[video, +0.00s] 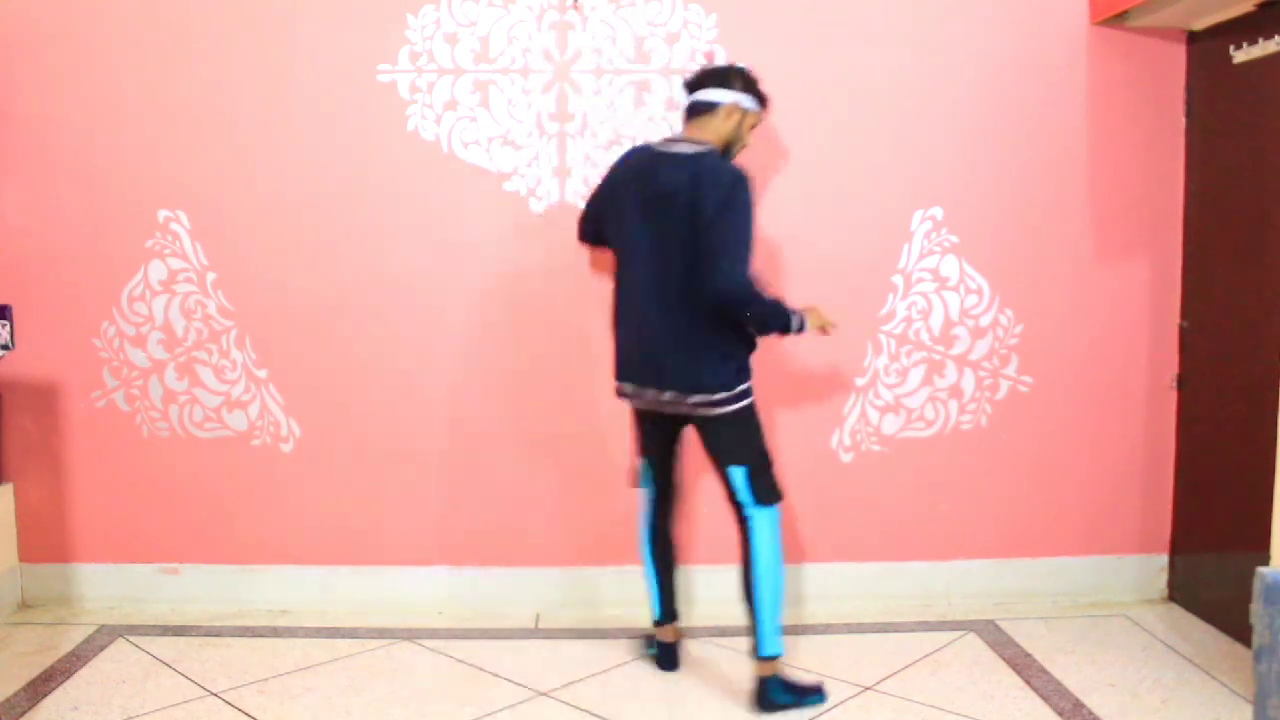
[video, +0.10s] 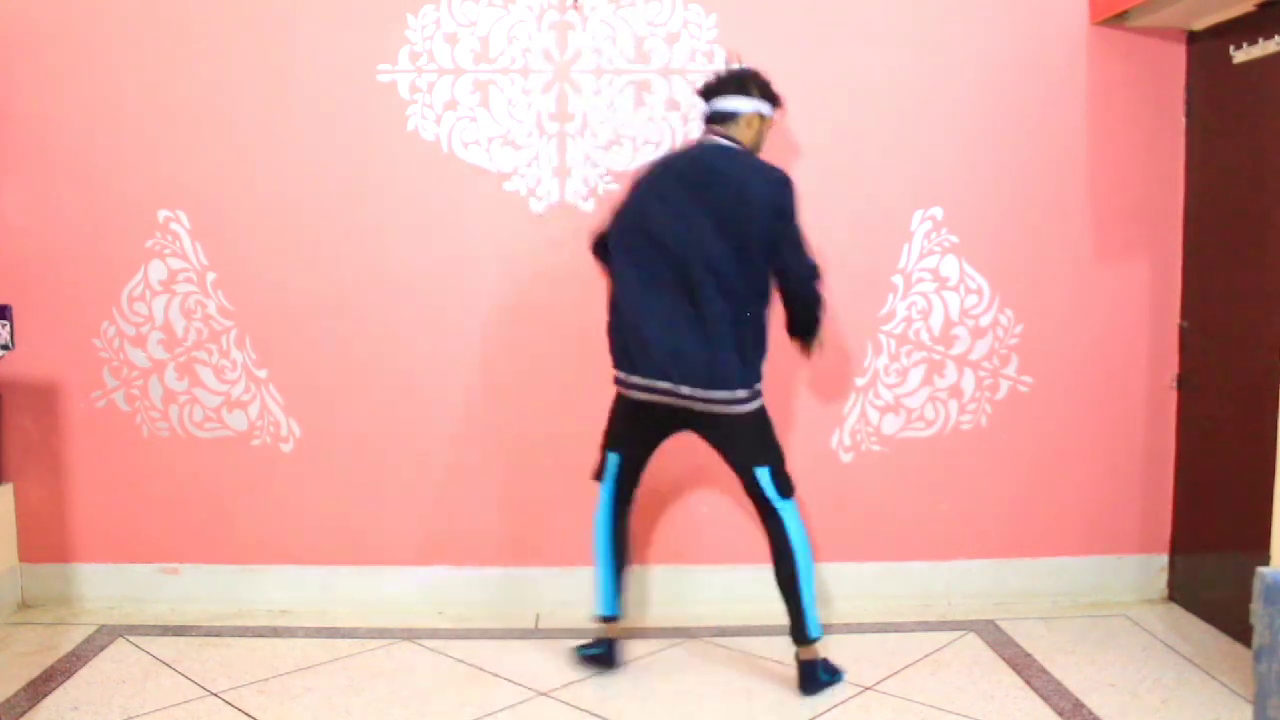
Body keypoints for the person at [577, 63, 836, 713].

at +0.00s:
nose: (749, 136)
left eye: (752, 124)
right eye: (750, 123)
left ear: (692, 110)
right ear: (731, 115)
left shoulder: (634, 164)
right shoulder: (723, 181)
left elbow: (594, 227)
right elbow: (725, 287)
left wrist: (657, 239)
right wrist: (793, 319)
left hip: (644, 377)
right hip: (713, 381)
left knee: (655, 495)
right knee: (759, 508)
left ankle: (665, 638)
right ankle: (769, 675)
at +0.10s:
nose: (768, 133)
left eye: (768, 123)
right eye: (767, 123)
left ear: (710, 119)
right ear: (752, 121)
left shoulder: (660, 173)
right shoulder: (765, 183)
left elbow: (609, 244)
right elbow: (796, 270)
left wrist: (653, 295)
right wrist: (805, 325)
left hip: (644, 384)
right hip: (728, 391)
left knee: (614, 489)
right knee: (779, 508)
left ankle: (606, 636)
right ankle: (810, 657)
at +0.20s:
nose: (771, 160)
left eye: (769, 149)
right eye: (770, 149)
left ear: (713, 153)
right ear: (758, 152)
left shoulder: (669, 215)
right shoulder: (778, 217)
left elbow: (643, 316)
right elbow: (788, 322)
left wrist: (666, 373)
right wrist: (795, 377)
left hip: (658, 407)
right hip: (742, 412)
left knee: (607, 511)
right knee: (797, 515)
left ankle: (563, 650)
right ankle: (812, 661)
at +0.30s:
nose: (755, 169)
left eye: (753, 159)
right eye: (753, 159)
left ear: (693, 161)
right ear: (738, 158)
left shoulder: (651, 231)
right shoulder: (762, 217)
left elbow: (643, 338)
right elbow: (790, 317)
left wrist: (675, 401)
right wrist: (801, 356)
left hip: (697, 419)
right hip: (778, 411)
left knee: (649, 532)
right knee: (829, 513)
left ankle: (574, 654)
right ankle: (819, 661)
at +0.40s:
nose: (751, 156)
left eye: (750, 147)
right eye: (749, 146)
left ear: (688, 148)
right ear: (737, 146)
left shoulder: (642, 216)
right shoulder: (756, 203)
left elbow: (638, 328)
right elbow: (800, 303)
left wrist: (672, 382)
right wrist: (831, 367)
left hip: (699, 408)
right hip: (780, 403)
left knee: (647, 520)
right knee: (829, 510)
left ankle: (584, 655)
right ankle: (817, 661)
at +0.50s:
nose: (769, 148)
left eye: (766, 139)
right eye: (768, 139)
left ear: (706, 139)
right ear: (757, 139)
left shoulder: (656, 197)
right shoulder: (779, 196)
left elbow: (624, 310)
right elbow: (791, 303)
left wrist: (660, 358)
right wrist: (821, 371)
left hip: (664, 389)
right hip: (745, 395)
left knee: (613, 504)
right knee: (792, 513)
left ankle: (582, 653)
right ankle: (812, 661)